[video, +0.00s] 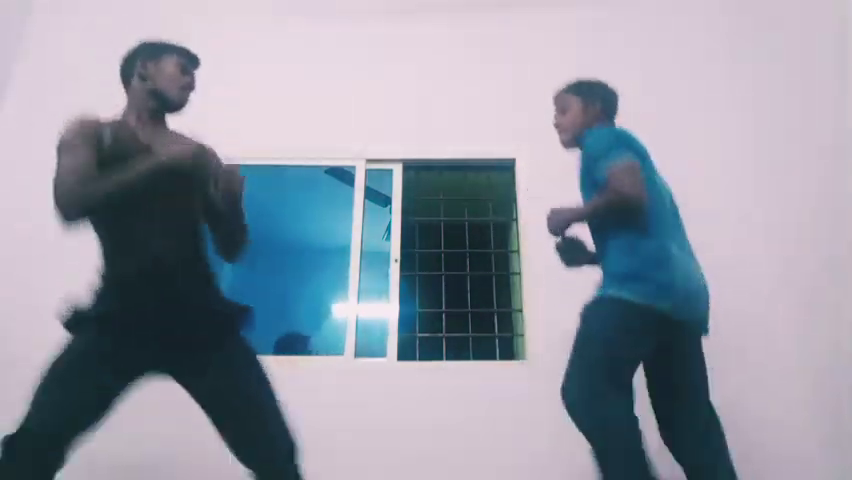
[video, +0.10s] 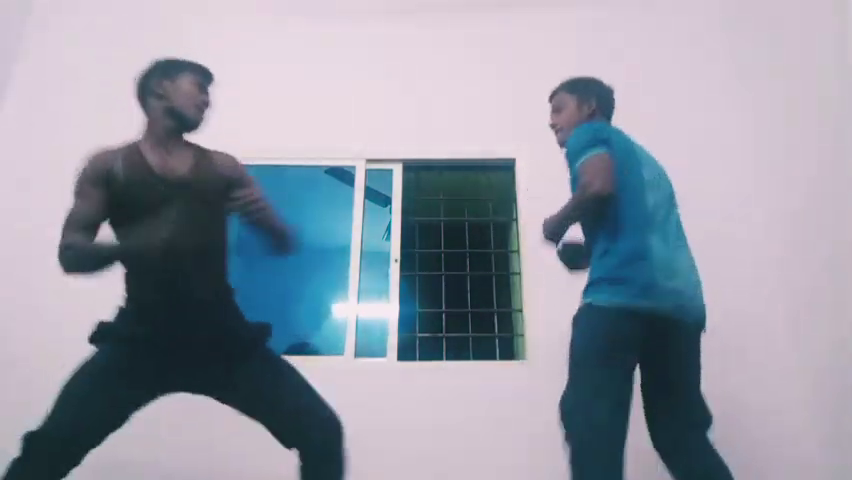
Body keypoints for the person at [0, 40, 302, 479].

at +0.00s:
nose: (193, 80)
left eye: (192, 74)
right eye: (183, 68)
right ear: (143, 71)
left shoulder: (197, 155)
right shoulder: (89, 133)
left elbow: (232, 248)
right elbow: (71, 201)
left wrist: (231, 202)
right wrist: (162, 161)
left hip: (199, 323)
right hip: (121, 322)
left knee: (276, 458)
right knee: (33, 447)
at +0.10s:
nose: (208, 98)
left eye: (208, 90)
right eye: (198, 86)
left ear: (172, 99)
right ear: (159, 94)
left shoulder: (223, 170)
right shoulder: (108, 169)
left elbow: (284, 244)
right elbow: (72, 255)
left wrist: (265, 220)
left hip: (221, 342)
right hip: (142, 343)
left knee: (322, 433)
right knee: (49, 450)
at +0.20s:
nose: (235, 112)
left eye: (235, 103)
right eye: (225, 100)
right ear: (191, 108)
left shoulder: (252, 185)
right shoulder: (138, 182)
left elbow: (322, 245)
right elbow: (65, 250)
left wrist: (324, 217)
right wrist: (102, 284)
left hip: (233, 360)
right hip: (158, 358)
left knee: (333, 447)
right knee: (76, 462)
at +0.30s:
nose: (268, 128)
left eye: (266, 120)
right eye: (257, 117)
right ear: (224, 126)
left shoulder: (277, 211)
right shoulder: (194, 176)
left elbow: (293, 293)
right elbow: (112, 204)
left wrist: (329, 288)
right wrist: (103, 234)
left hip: (240, 363)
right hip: (186, 358)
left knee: (342, 452)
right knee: (137, 470)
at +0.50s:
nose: (292, 144)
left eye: (289, 135)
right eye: (282, 135)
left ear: (247, 147)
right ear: (250, 143)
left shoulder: (224, 208)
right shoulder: (270, 172)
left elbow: (155, 301)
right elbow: (349, 156)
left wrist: (177, 358)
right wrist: (356, 158)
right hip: (220, 371)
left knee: (356, 450)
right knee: (140, 474)